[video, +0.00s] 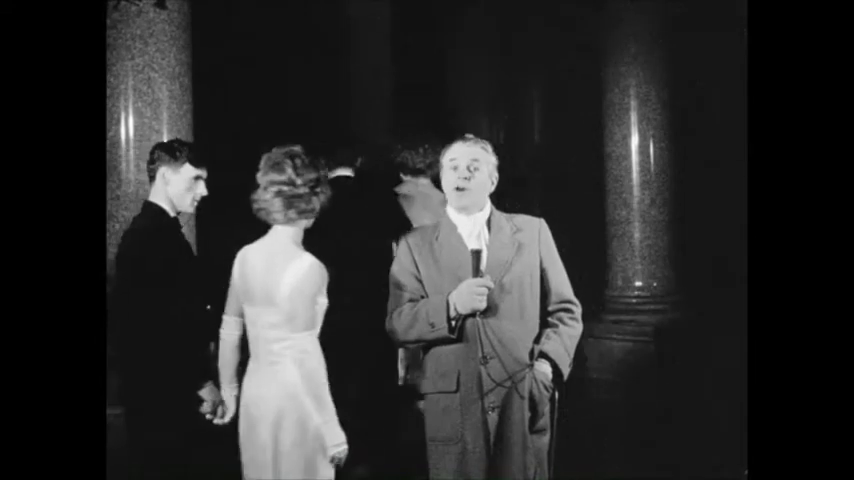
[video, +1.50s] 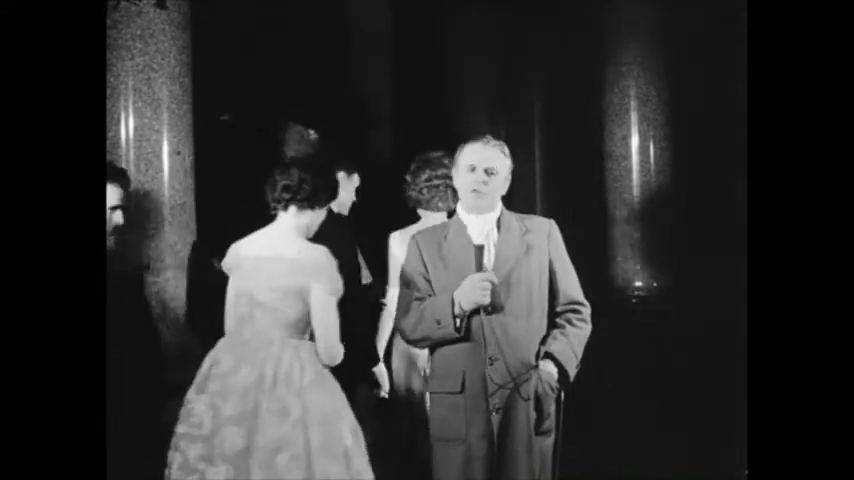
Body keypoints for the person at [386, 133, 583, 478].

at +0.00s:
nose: (462, 172)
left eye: (474, 165)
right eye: (453, 164)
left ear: (493, 180)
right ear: (440, 179)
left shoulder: (532, 232)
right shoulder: (414, 245)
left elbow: (565, 310)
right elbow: (397, 322)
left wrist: (547, 362)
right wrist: (450, 305)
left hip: (520, 401)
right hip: (447, 404)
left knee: (523, 475)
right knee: (451, 474)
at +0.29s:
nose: (465, 183)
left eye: (477, 173)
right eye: (456, 173)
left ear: (496, 181)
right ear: (443, 182)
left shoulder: (535, 231)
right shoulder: (418, 242)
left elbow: (568, 309)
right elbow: (402, 320)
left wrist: (550, 364)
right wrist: (453, 309)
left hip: (523, 397)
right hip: (453, 400)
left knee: (527, 474)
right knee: (456, 474)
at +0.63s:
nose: (472, 188)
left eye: (483, 178)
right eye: (462, 178)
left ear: (501, 182)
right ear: (449, 182)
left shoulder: (540, 232)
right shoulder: (421, 244)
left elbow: (572, 311)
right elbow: (406, 320)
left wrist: (551, 366)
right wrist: (453, 308)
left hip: (525, 400)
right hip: (453, 401)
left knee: (527, 475)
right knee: (455, 475)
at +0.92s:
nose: (473, 187)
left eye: (484, 177)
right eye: (464, 177)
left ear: (503, 182)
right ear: (451, 182)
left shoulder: (542, 232)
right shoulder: (423, 243)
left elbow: (574, 311)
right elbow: (407, 321)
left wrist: (552, 366)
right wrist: (454, 309)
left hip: (525, 400)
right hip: (455, 401)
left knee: (527, 475)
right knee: (457, 475)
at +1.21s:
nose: (474, 187)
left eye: (485, 177)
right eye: (464, 177)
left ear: (503, 182)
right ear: (451, 182)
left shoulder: (542, 232)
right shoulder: (424, 244)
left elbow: (574, 311)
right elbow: (407, 321)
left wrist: (553, 366)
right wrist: (455, 309)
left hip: (526, 400)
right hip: (456, 401)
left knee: (528, 475)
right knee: (457, 474)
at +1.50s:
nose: (479, 178)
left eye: (492, 172)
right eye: (470, 168)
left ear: (507, 183)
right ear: (453, 176)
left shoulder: (542, 233)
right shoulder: (424, 244)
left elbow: (574, 311)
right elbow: (409, 323)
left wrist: (553, 364)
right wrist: (455, 303)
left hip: (526, 398)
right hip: (456, 399)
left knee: (527, 475)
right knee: (456, 474)